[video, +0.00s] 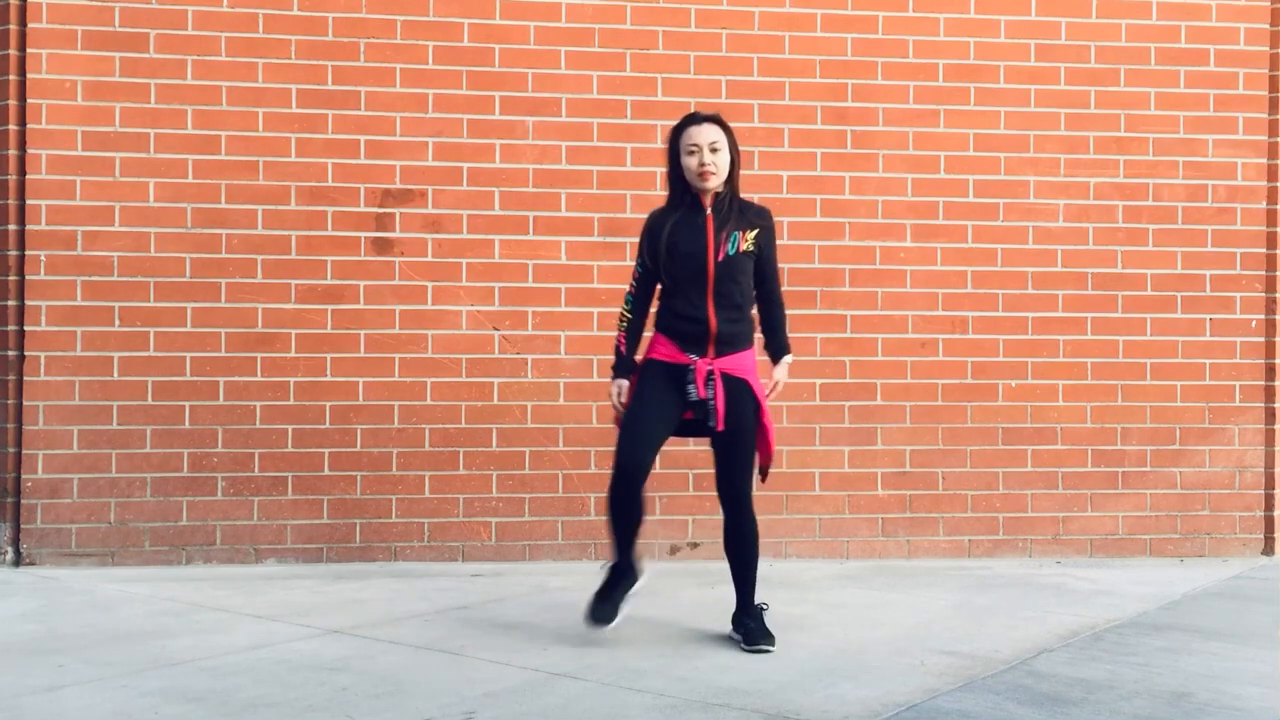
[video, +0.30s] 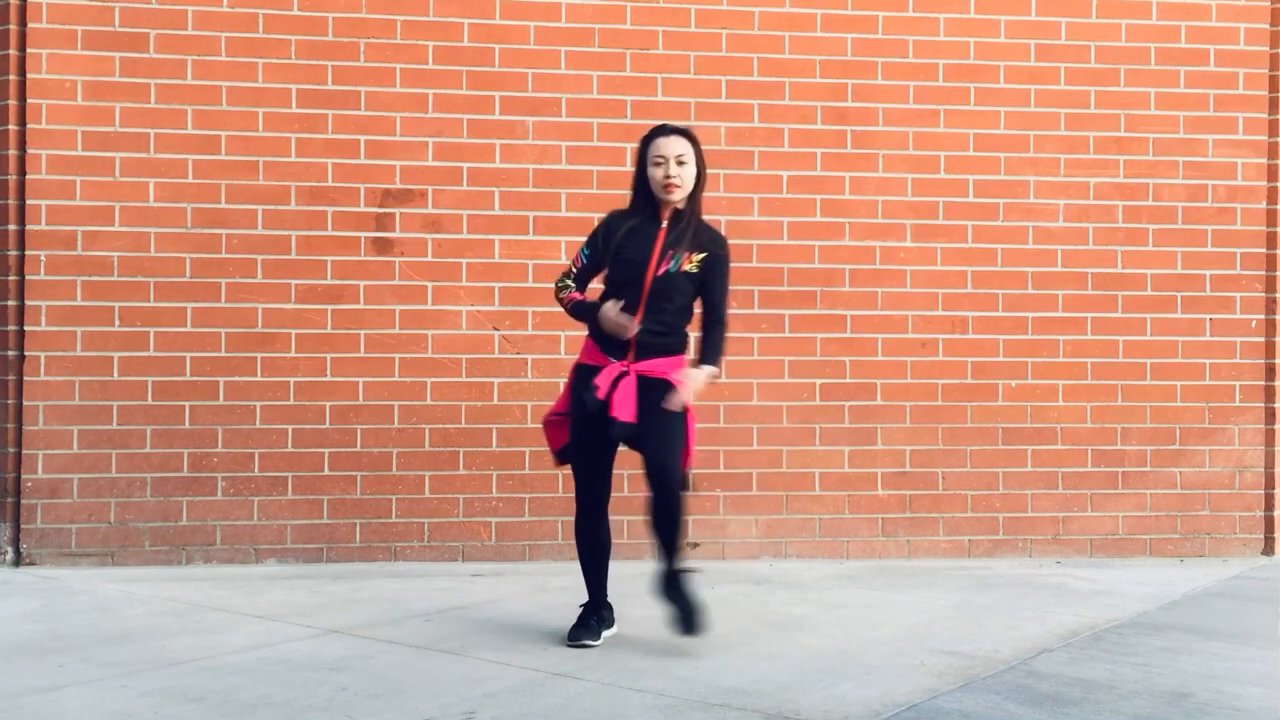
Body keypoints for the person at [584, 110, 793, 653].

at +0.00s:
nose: (705, 160)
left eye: (714, 149)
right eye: (693, 151)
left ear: (731, 156)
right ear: (679, 162)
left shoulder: (755, 220)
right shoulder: (662, 222)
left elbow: (769, 292)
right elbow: (638, 296)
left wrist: (780, 351)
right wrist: (622, 365)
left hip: (734, 367)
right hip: (667, 364)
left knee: (736, 491)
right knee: (627, 467)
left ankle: (747, 609)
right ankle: (623, 566)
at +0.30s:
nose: (670, 172)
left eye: (681, 162)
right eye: (659, 162)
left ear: (697, 170)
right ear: (644, 171)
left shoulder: (708, 244)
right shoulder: (617, 227)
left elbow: (714, 318)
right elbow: (565, 286)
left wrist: (707, 365)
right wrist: (596, 311)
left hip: (662, 377)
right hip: (599, 372)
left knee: (667, 478)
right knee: (591, 496)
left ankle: (672, 574)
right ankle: (597, 604)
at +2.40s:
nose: (667, 173)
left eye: (678, 163)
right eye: (656, 164)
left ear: (694, 169)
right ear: (640, 172)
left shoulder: (705, 238)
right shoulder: (619, 218)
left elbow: (677, 297)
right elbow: (605, 275)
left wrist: (629, 331)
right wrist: (659, 299)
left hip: (656, 371)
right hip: (596, 367)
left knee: (641, 476)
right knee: (599, 487)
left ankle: (577, 597)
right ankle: (605, 604)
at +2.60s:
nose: (663, 177)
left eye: (673, 167)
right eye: (651, 167)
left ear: (689, 173)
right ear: (636, 174)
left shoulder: (703, 239)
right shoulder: (611, 226)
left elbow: (700, 306)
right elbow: (586, 284)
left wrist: (656, 337)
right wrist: (630, 294)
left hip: (657, 371)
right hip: (597, 364)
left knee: (633, 486)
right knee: (593, 487)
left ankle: (578, 615)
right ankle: (601, 604)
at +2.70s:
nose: (667, 170)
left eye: (677, 160)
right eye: (655, 160)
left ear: (691, 168)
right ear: (638, 168)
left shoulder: (707, 234)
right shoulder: (612, 222)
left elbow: (750, 299)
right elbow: (553, 267)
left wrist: (710, 320)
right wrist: (600, 275)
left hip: (669, 372)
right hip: (607, 368)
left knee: (673, 459)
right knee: (599, 489)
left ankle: (635, 581)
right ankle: (603, 604)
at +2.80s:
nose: (673, 162)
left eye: (684, 152)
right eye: (662, 152)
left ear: (699, 160)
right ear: (644, 159)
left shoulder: (716, 226)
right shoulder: (619, 217)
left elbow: (772, 286)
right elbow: (548, 261)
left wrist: (752, 314)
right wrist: (587, 282)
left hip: (687, 367)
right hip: (621, 366)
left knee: (709, 464)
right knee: (615, 493)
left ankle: (702, 571)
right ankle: (606, 606)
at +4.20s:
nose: (667, 163)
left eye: (677, 154)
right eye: (655, 155)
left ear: (693, 164)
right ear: (638, 165)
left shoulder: (705, 236)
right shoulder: (613, 218)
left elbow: (714, 312)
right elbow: (576, 275)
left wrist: (685, 313)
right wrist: (640, 261)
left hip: (661, 372)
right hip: (600, 367)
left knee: (676, 466)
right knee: (592, 492)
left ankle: (650, 581)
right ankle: (596, 607)